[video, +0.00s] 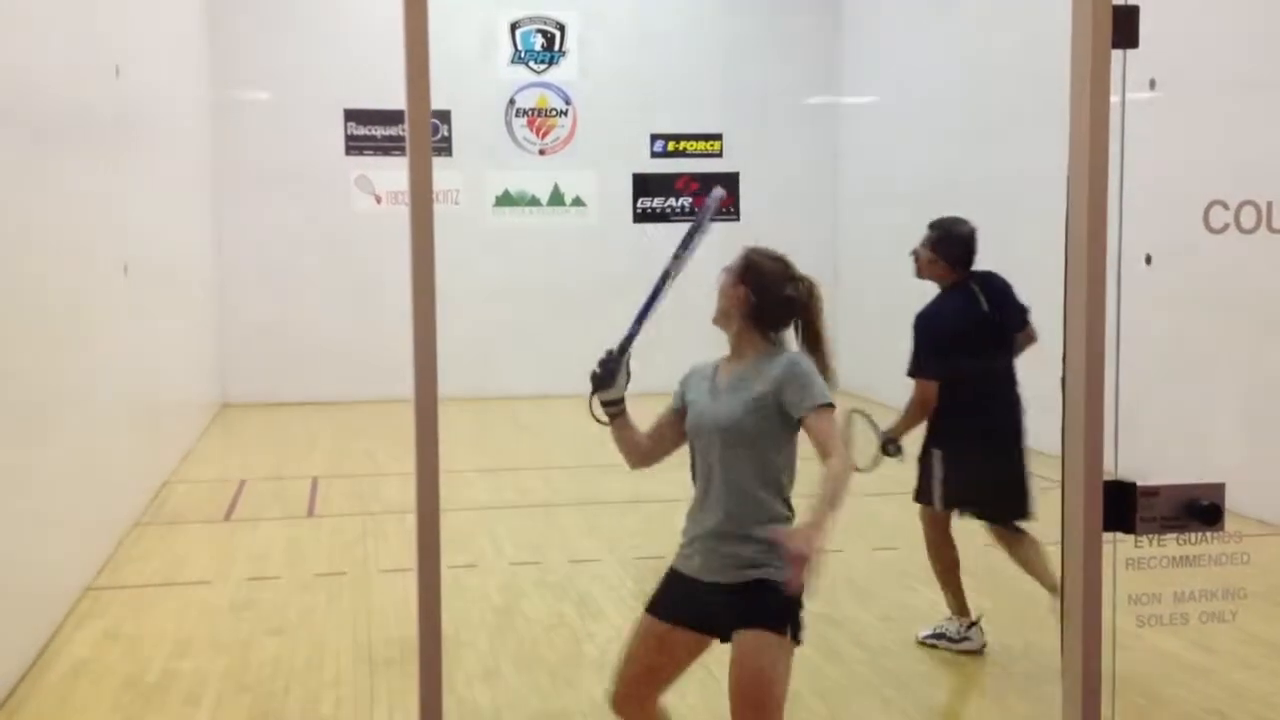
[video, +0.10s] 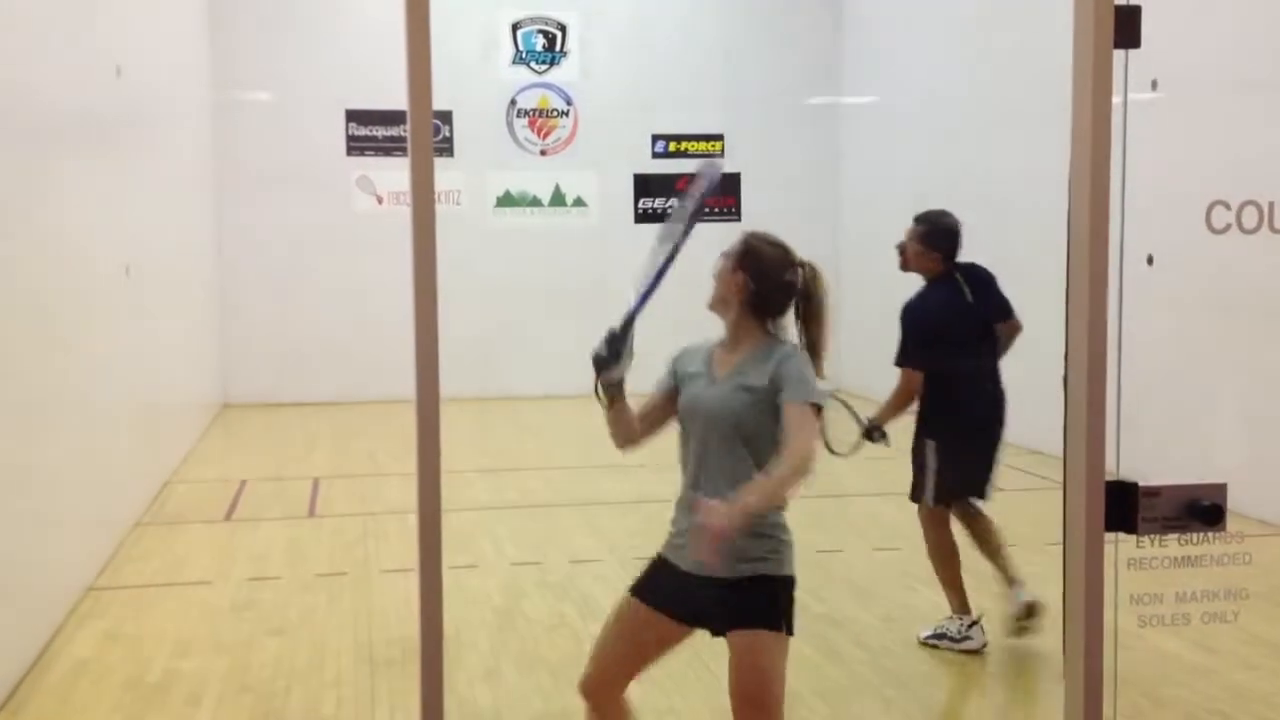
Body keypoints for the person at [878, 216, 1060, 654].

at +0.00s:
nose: (915, 251)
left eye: (924, 248)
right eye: (921, 245)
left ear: (941, 262)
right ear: (960, 259)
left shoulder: (933, 318)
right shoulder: (992, 286)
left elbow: (925, 399)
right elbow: (1027, 335)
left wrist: (892, 433)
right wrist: (988, 360)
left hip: (951, 435)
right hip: (1000, 430)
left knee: (934, 517)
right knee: (1002, 523)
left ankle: (961, 621)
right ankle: (1061, 592)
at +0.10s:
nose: (901, 245)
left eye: (910, 242)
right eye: (907, 239)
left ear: (931, 255)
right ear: (943, 253)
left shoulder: (920, 309)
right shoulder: (977, 278)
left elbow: (910, 386)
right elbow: (1010, 327)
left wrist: (876, 419)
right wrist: (980, 362)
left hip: (942, 421)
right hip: (986, 411)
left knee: (933, 513)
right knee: (962, 501)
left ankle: (963, 620)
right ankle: (1018, 589)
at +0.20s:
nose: (888, 241)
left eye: (897, 237)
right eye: (893, 234)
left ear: (918, 250)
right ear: (927, 248)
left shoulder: (907, 304)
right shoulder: (960, 272)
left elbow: (896, 380)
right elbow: (998, 319)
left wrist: (864, 409)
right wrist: (982, 371)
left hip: (935, 411)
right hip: (972, 401)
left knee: (935, 506)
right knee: (941, 499)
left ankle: (966, 619)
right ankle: (961, 603)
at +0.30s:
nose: (877, 247)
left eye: (886, 242)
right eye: (881, 239)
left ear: (909, 254)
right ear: (913, 251)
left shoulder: (896, 308)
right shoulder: (944, 274)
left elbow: (882, 381)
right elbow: (985, 317)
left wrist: (849, 402)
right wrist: (983, 377)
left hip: (923, 418)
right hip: (954, 408)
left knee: (934, 511)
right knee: (925, 501)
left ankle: (968, 618)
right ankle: (907, 584)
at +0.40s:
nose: (868, 254)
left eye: (877, 250)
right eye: (872, 246)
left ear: (899, 260)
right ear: (902, 257)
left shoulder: (884, 313)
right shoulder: (932, 279)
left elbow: (867, 380)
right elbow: (973, 319)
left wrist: (833, 395)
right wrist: (974, 379)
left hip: (905, 421)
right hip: (934, 412)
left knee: (914, 512)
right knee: (901, 500)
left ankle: (965, 611)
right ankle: (893, 586)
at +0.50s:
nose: (855, 255)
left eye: (863, 249)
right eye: (859, 247)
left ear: (885, 256)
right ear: (891, 255)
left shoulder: (869, 311)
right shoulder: (920, 278)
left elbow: (851, 369)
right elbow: (959, 320)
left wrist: (822, 379)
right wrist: (959, 377)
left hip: (890, 418)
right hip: (921, 412)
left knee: (869, 508)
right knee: (890, 501)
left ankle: (938, 583)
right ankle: (894, 588)